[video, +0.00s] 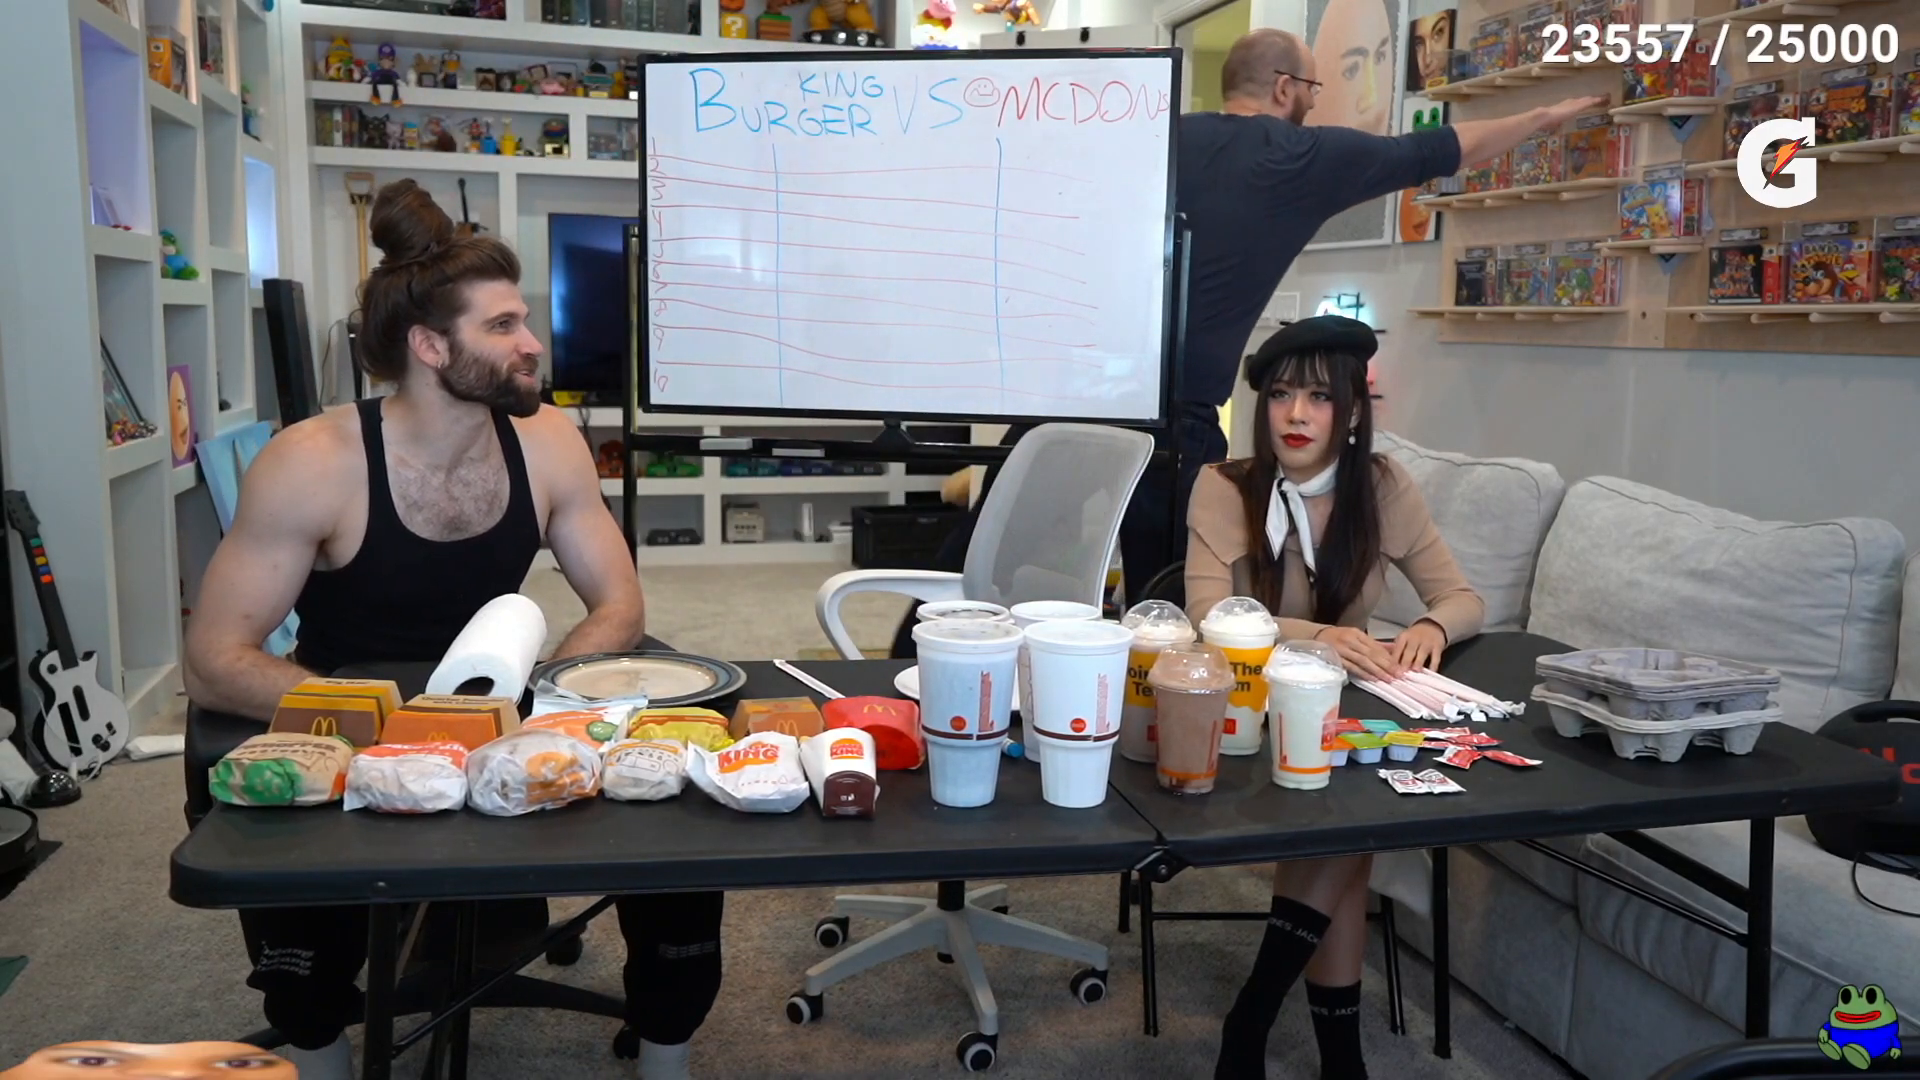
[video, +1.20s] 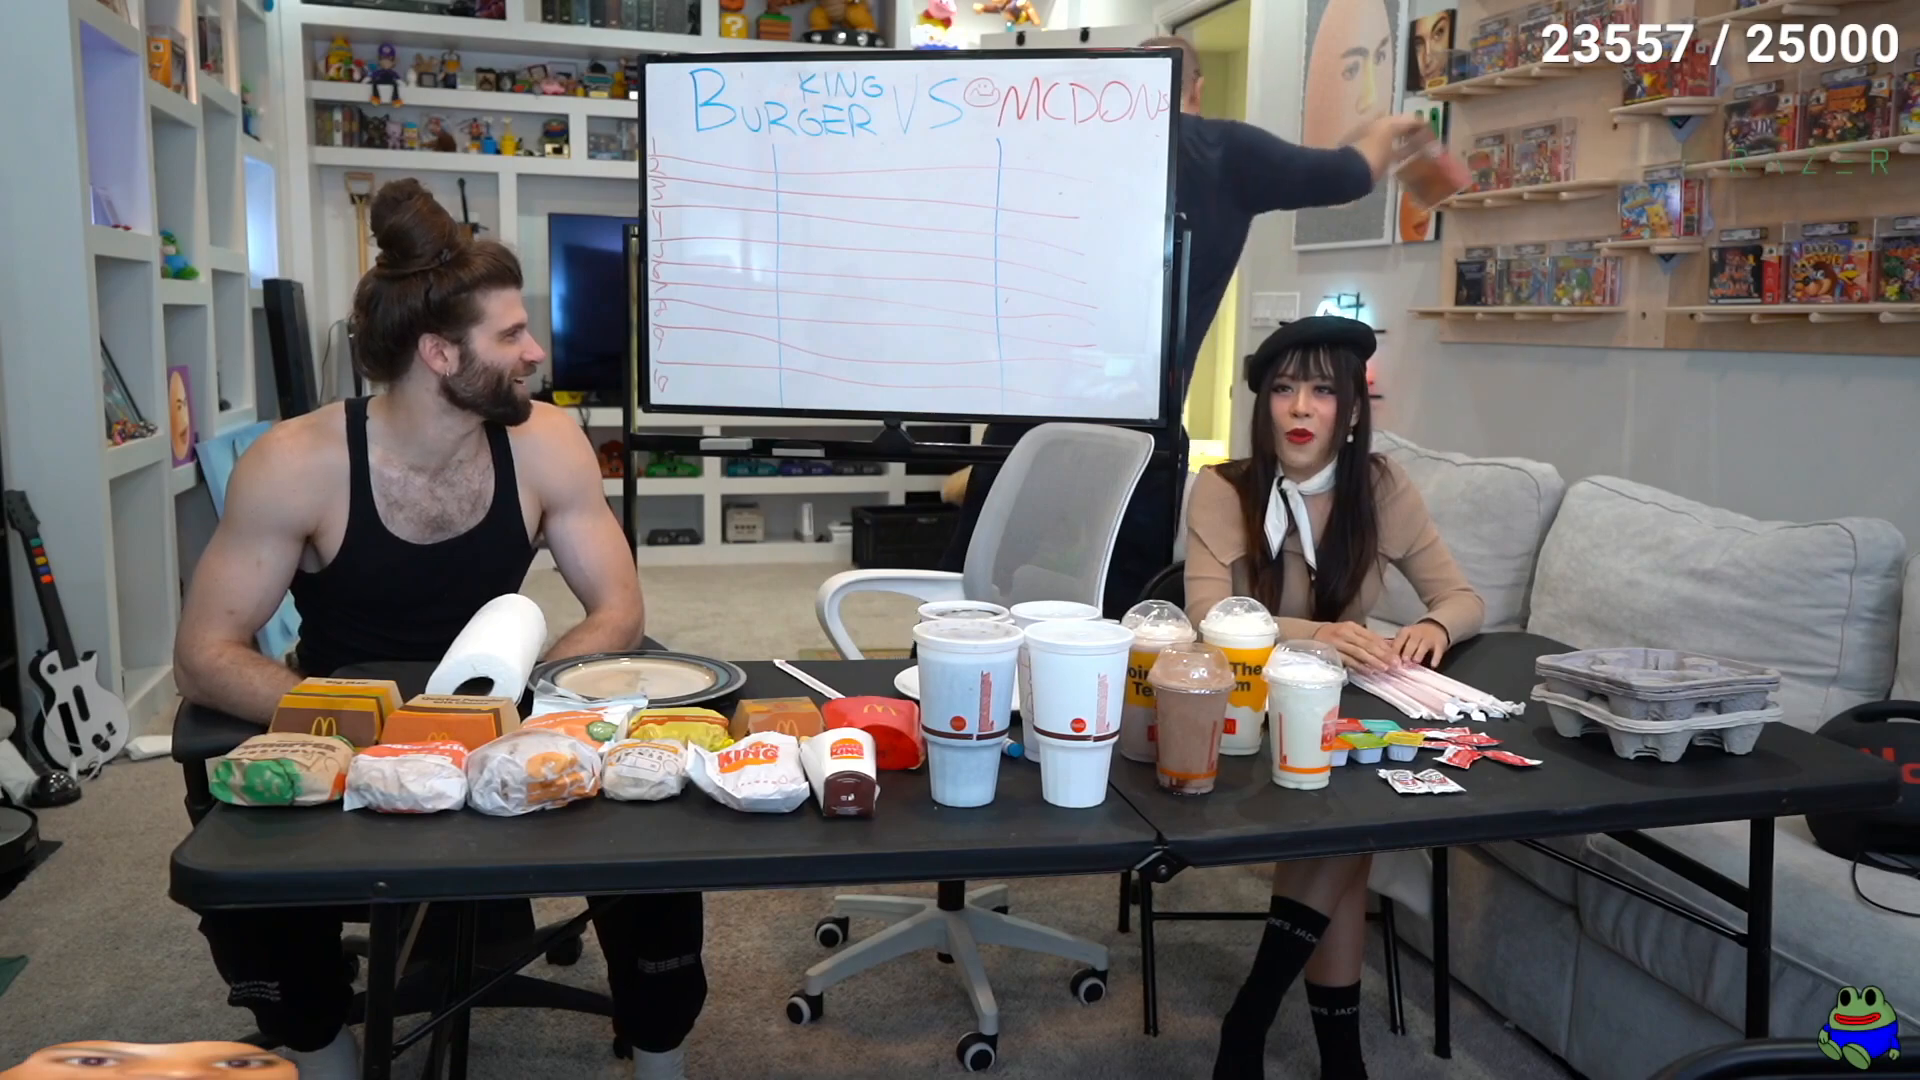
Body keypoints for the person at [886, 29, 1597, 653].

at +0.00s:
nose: (1320, 103)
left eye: (1318, 90)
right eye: (1316, 90)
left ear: (1229, 87)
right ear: (1288, 93)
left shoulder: (1156, 129)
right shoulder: (1303, 156)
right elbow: (1450, 147)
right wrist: (1561, 112)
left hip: (1078, 389)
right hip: (1175, 411)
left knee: (1055, 572)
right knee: (1171, 590)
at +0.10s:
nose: (1338, 109)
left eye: (1334, 95)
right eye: (1330, 95)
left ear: (1244, 94)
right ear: (1296, 97)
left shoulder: (1160, 132)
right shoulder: (1314, 162)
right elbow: (1465, 154)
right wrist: (1582, 109)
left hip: (1061, 389)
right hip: (1172, 414)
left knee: (956, 533)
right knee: (1159, 596)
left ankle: (878, 649)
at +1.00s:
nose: (1268, 112)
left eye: (1269, 99)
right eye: (1268, 98)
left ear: (1191, 83)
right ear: (1247, 87)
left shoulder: (1108, 128)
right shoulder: (1256, 152)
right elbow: (1396, 158)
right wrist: (1490, 104)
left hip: (1042, 400)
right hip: (1152, 419)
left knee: (989, 567)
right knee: (1147, 594)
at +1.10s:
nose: (1242, 100)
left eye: (1237, 90)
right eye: (1242, 89)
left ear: (1164, 81)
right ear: (1227, 84)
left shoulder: (1096, 129)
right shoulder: (1250, 148)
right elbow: (1377, 164)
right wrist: (1444, 109)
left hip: (1040, 400)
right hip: (1151, 414)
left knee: (1011, 569)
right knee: (1146, 590)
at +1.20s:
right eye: (1199, 91)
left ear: (1108, 79)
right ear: (1194, 90)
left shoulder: (1055, 139)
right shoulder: (1219, 150)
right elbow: (1349, 175)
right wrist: (1384, 132)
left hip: (1023, 426)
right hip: (1141, 431)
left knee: (990, 600)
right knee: (1137, 612)